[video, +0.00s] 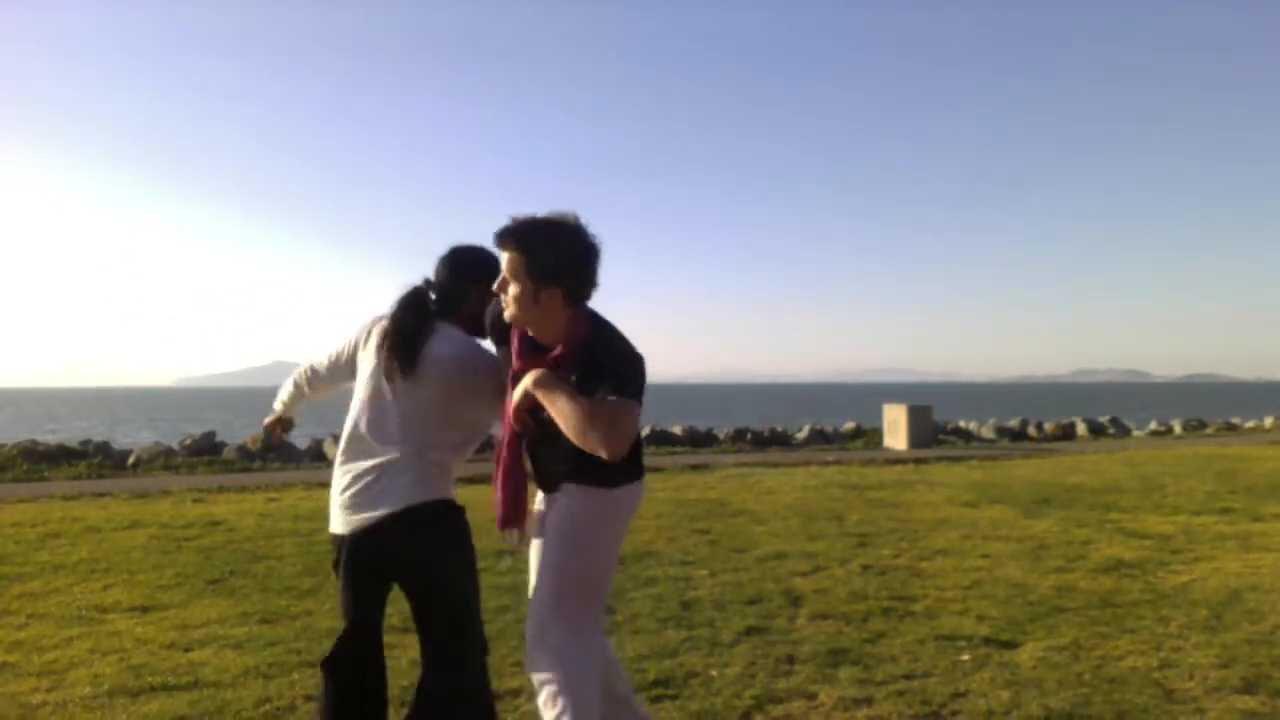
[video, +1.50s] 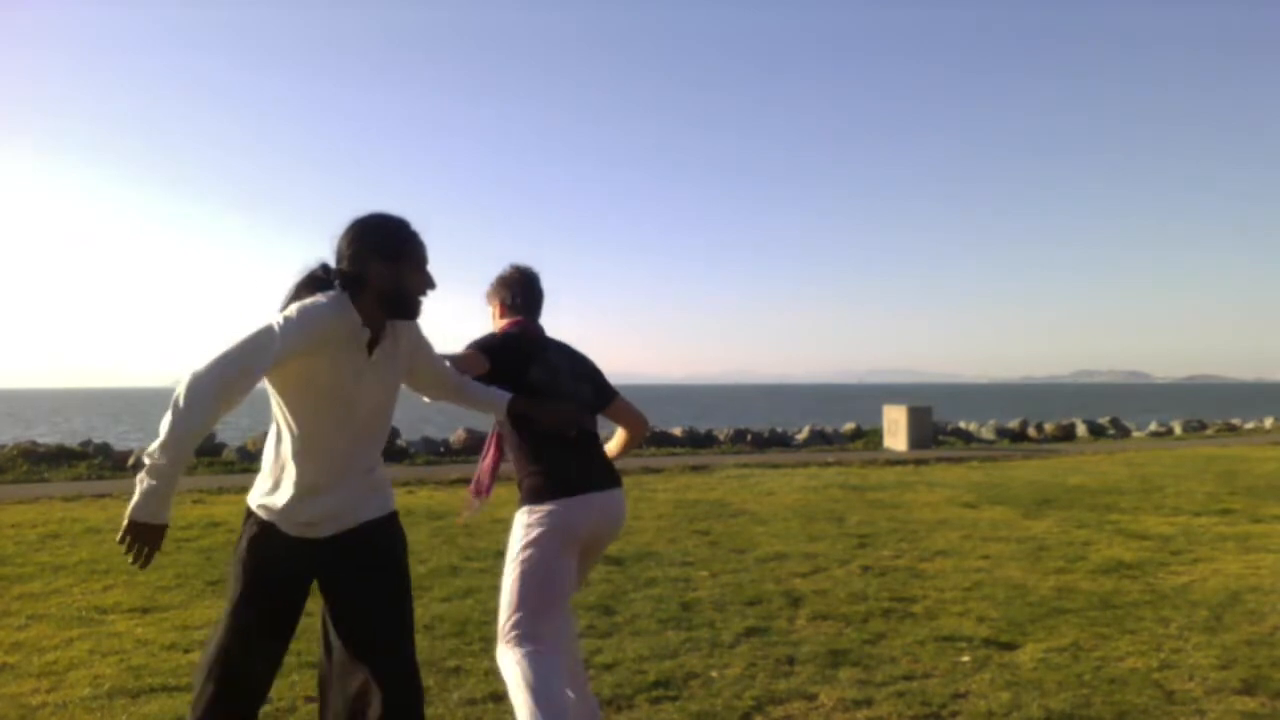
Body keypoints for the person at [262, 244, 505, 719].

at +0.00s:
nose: (501, 304)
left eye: (502, 294)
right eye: (497, 293)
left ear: (438, 288)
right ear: (478, 296)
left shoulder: (381, 331)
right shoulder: (478, 362)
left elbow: (314, 375)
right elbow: (523, 424)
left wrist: (280, 412)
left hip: (355, 517)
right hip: (427, 515)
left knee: (357, 644)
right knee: (455, 651)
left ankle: (348, 714)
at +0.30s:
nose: (392, 303)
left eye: (394, 295)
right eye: (392, 297)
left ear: (405, 293)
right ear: (456, 293)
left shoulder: (381, 336)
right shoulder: (479, 347)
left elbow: (294, 381)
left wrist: (209, 426)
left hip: (364, 515)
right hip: (444, 516)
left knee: (326, 660)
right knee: (445, 643)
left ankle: (318, 710)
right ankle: (442, 715)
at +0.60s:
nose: (360, 285)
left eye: (368, 272)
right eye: (358, 274)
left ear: (405, 269)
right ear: (409, 275)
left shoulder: (408, 323)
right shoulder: (456, 322)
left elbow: (357, 390)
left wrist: (254, 443)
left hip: (409, 513)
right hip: (453, 511)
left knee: (339, 654)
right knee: (423, 656)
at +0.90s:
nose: (390, 285)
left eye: (402, 274)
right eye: (379, 274)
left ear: (423, 276)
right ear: (366, 279)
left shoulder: (433, 333)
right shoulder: (388, 341)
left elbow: (461, 413)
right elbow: (418, 420)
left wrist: (391, 444)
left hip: (448, 508)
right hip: (413, 510)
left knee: (386, 648)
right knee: (411, 651)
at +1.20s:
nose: (449, 296)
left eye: (449, 283)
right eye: (440, 282)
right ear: (395, 280)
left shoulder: (447, 345)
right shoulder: (329, 325)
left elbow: (483, 419)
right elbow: (238, 356)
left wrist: (512, 438)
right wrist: (219, 452)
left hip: (429, 519)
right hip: (353, 528)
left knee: (431, 651)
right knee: (354, 681)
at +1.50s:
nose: (429, 280)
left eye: (426, 267)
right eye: (416, 265)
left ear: (385, 270)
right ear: (372, 265)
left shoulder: (402, 334)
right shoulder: (315, 320)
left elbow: (443, 382)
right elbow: (207, 384)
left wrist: (521, 408)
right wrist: (153, 496)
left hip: (365, 522)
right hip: (282, 523)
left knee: (392, 682)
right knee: (235, 679)